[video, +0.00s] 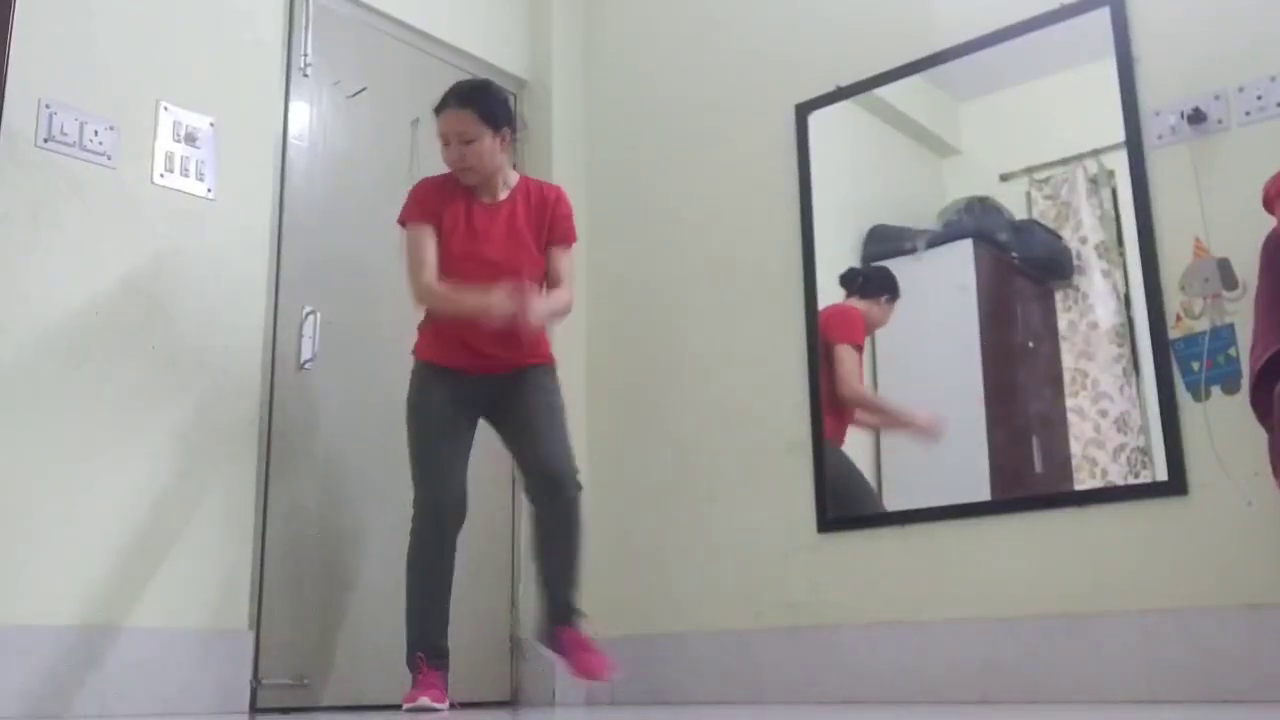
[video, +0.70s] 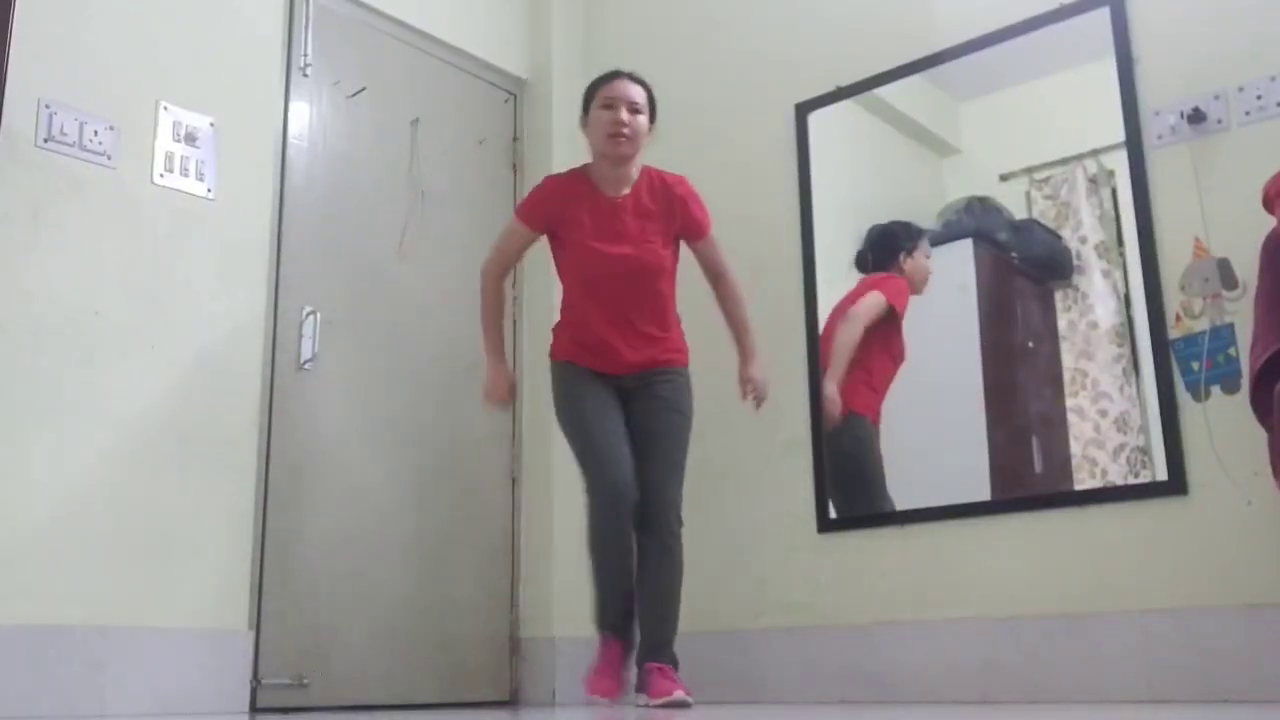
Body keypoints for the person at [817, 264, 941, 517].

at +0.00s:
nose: (886, 321)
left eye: (891, 312)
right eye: (891, 310)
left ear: (859, 292)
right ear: (882, 300)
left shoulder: (833, 318)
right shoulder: (846, 315)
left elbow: (848, 411)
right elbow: (848, 390)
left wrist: (906, 423)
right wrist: (911, 418)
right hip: (820, 447)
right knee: (875, 523)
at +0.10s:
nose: (891, 309)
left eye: (895, 301)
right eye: (894, 299)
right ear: (881, 288)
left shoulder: (840, 311)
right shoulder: (849, 307)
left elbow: (868, 398)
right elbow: (870, 381)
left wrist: (927, 387)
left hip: (825, 441)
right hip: (822, 441)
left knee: (848, 525)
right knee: (854, 524)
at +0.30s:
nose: (903, 287)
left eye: (904, 278)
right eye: (902, 276)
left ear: (881, 273)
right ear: (881, 273)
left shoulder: (845, 306)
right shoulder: (865, 298)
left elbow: (875, 397)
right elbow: (889, 371)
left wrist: (940, 401)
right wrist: (952, 389)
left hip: (829, 433)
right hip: (833, 434)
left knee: (849, 530)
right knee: (859, 529)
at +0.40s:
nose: (912, 282)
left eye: (912, 273)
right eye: (909, 271)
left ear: (884, 269)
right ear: (887, 270)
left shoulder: (847, 306)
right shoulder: (874, 294)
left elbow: (873, 406)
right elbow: (896, 372)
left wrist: (925, 451)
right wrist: (939, 436)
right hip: (839, 429)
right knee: (869, 529)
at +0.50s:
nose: (919, 276)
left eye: (919, 266)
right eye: (915, 265)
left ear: (874, 269)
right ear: (893, 266)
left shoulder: (853, 299)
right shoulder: (882, 292)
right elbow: (884, 372)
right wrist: (904, 447)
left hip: (823, 421)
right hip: (842, 423)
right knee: (872, 524)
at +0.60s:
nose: (926, 270)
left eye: (925, 261)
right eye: (922, 260)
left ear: (877, 262)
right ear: (900, 261)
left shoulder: (860, 293)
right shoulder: (889, 287)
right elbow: (865, 347)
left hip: (822, 418)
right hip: (840, 418)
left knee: (866, 527)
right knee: (875, 525)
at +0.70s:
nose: (930, 267)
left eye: (929, 258)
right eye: (926, 257)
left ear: (904, 259)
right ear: (904, 259)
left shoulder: (863, 290)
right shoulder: (893, 284)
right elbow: (854, 319)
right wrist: (831, 383)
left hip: (833, 415)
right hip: (851, 417)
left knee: (863, 524)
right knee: (875, 521)